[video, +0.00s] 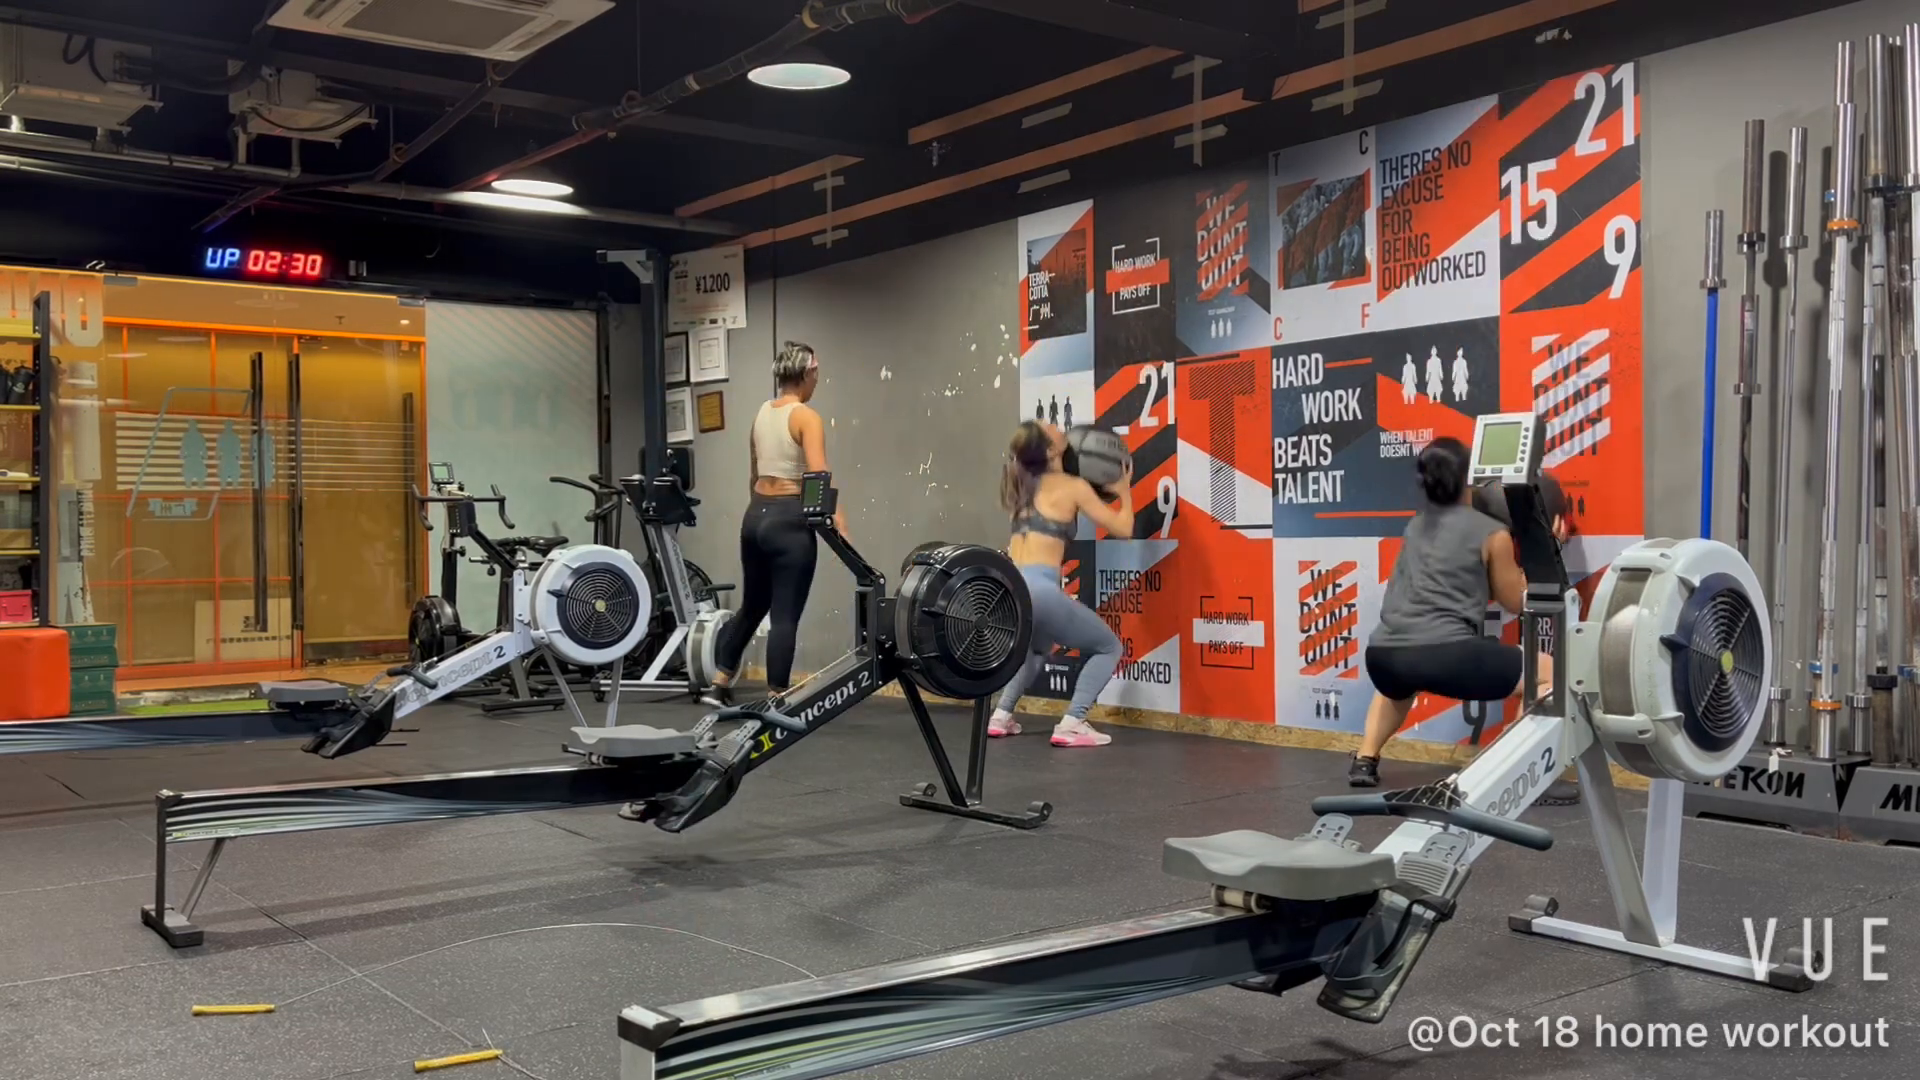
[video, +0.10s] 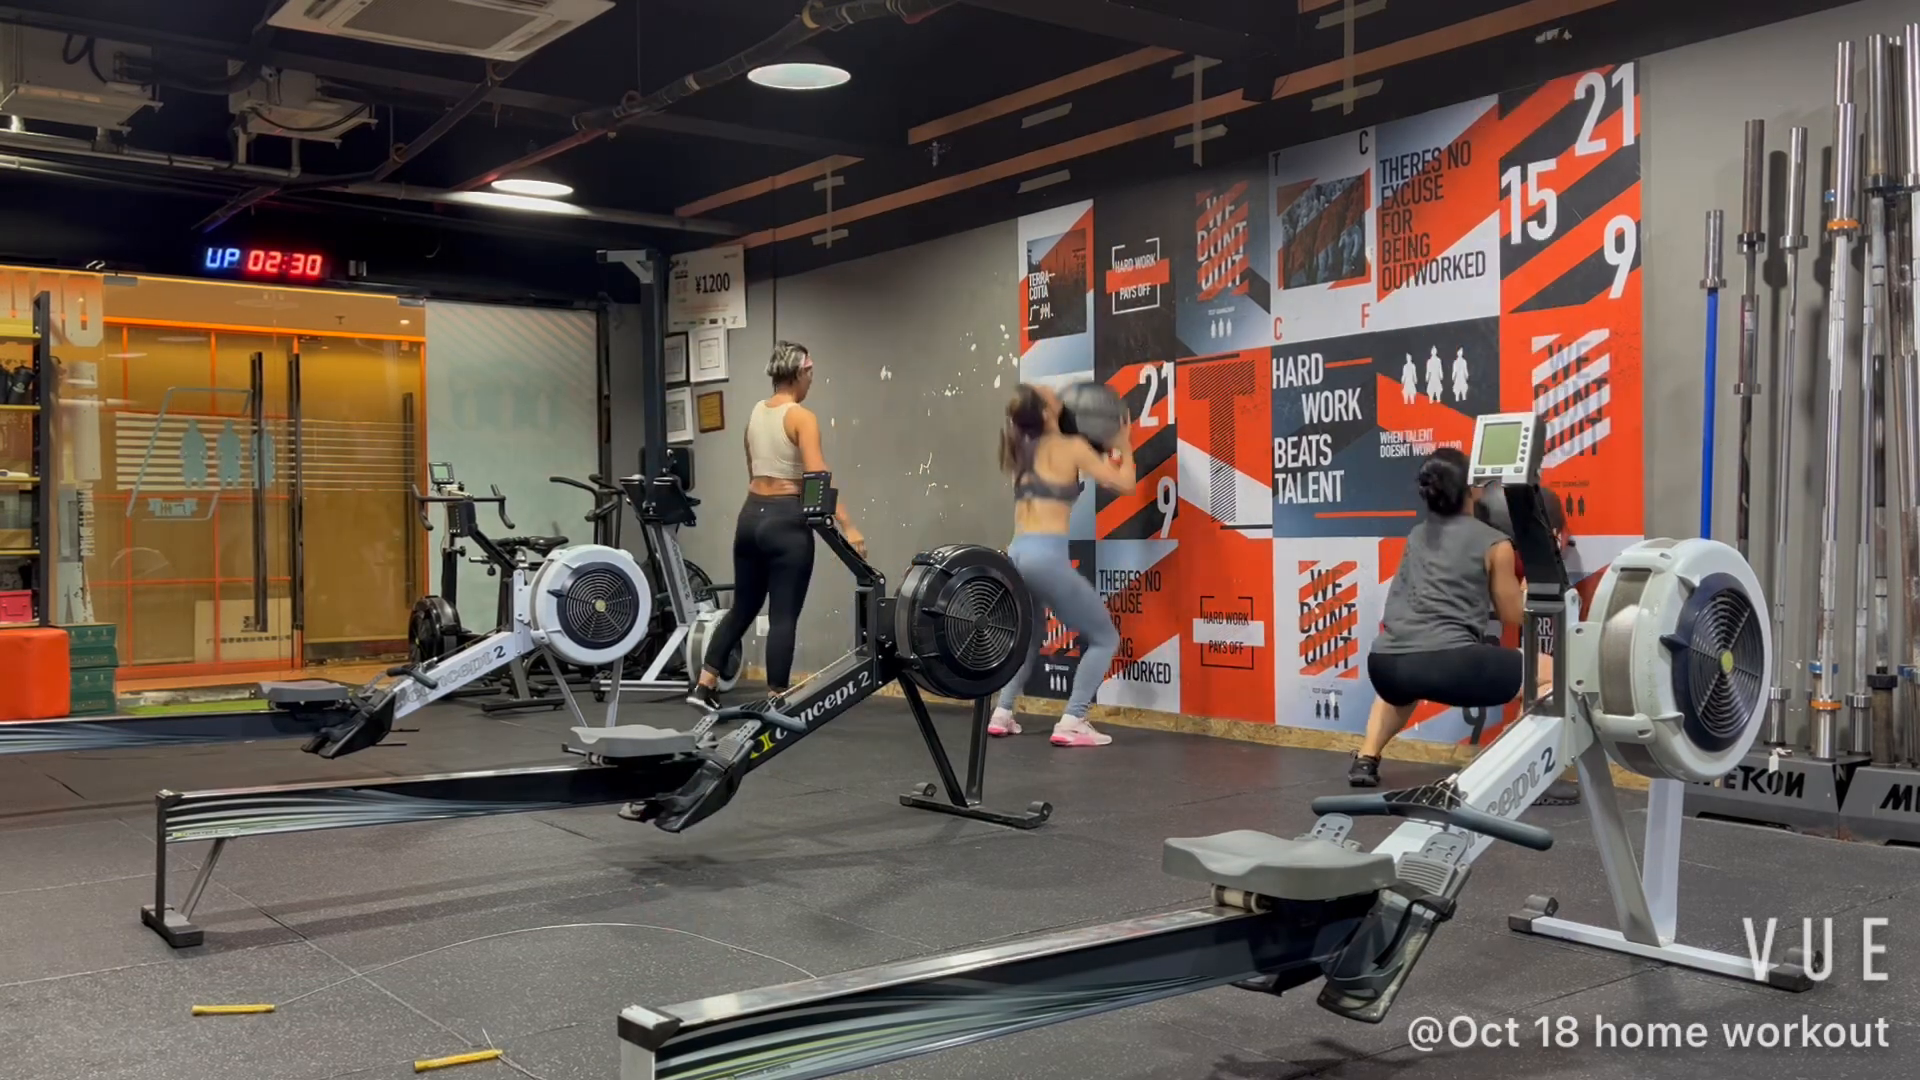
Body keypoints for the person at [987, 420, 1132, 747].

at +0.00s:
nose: (1057, 425)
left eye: (1050, 423)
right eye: (1051, 428)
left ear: (1030, 456)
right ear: (1050, 451)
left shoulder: (1025, 484)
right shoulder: (1073, 485)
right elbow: (1124, 527)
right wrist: (1125, 492)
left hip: (1007, 583)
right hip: (1040, 588)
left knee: (1038, 647)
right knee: (1109, 647)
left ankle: (1001, 715)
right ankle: (1072, 723)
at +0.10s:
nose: (1057, 398)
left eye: (1051, 394)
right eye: (1051, 397)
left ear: (1028, 419)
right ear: (1047, 413)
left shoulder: (1025, 449)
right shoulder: (1071, 446)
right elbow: (1126, 483)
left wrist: (1105, 455)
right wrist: (1124, 444)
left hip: (1016, 554)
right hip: (1047, 558)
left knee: (1028, 638)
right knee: (1105, 637)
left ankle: (1002, 712)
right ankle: (1072, 721)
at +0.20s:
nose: (1047, 355)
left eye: (1041, 352)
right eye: (1041, 355)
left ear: (1019, 380)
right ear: (1040, 373)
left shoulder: (1023, 410)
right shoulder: (1068, 404)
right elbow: (1130, 413)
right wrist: (1126, 372)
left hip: (1029, 513)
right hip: (1060, 515)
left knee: (1023, 612)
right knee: (1090, 614)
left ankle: (1004, 694)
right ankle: (1077, 708)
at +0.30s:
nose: (1046, 344)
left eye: (1042, 341)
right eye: (1041, 345)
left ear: (1018, 364)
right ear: (1038, 359)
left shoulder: (1020, 390)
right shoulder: (1067, 382)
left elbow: (1045, 338)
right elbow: (1118, 351)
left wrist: (1062, 297)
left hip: (1033, 498)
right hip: (1068, 497)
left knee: (1024, 600)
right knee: (1080, 602)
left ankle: (1007, 684)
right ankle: (1084, 696)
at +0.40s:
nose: (1050, 345)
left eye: (1045, 341)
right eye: (1045, 345)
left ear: (1026, 367)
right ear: (1039, 362)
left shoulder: (1024, 394)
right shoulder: (1067, 384)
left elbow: (1036, 336)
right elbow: (1096, 329)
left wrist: (1044, 288)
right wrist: (1110, 273)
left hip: (1037, 507)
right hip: (1072, 506)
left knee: (1030, 605)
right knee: (1081, 609)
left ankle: (1012, 689)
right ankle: (1084, 703)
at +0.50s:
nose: (1057, 364)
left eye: (1050, 362)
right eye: (1052, 361)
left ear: (1024, 378)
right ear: (1046, 374)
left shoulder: (1022, 412)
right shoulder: (1068, 402)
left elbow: (1028, 354)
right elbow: (1093, 344)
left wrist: (1041, 300)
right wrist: (1101, 292)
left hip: (1042, 522)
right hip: (1074, 522)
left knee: (1027, 622)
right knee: (1074, 624)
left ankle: (1008, 709)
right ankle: (1072, 718)